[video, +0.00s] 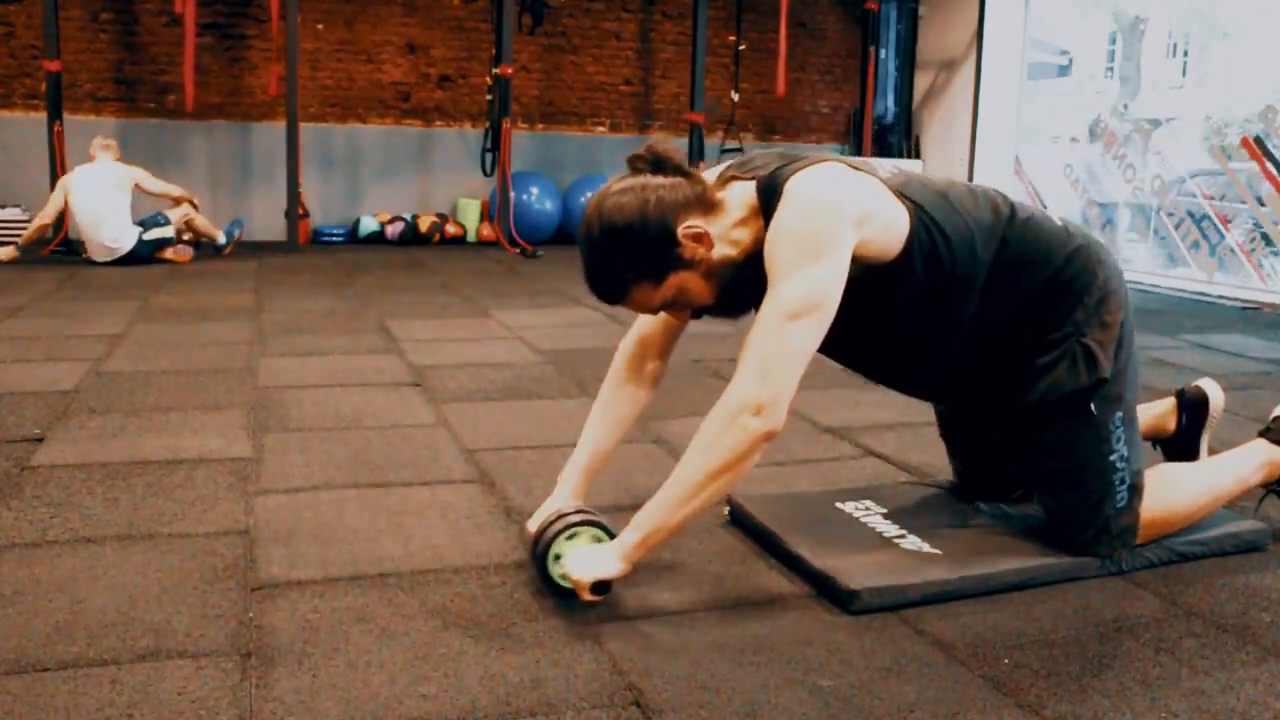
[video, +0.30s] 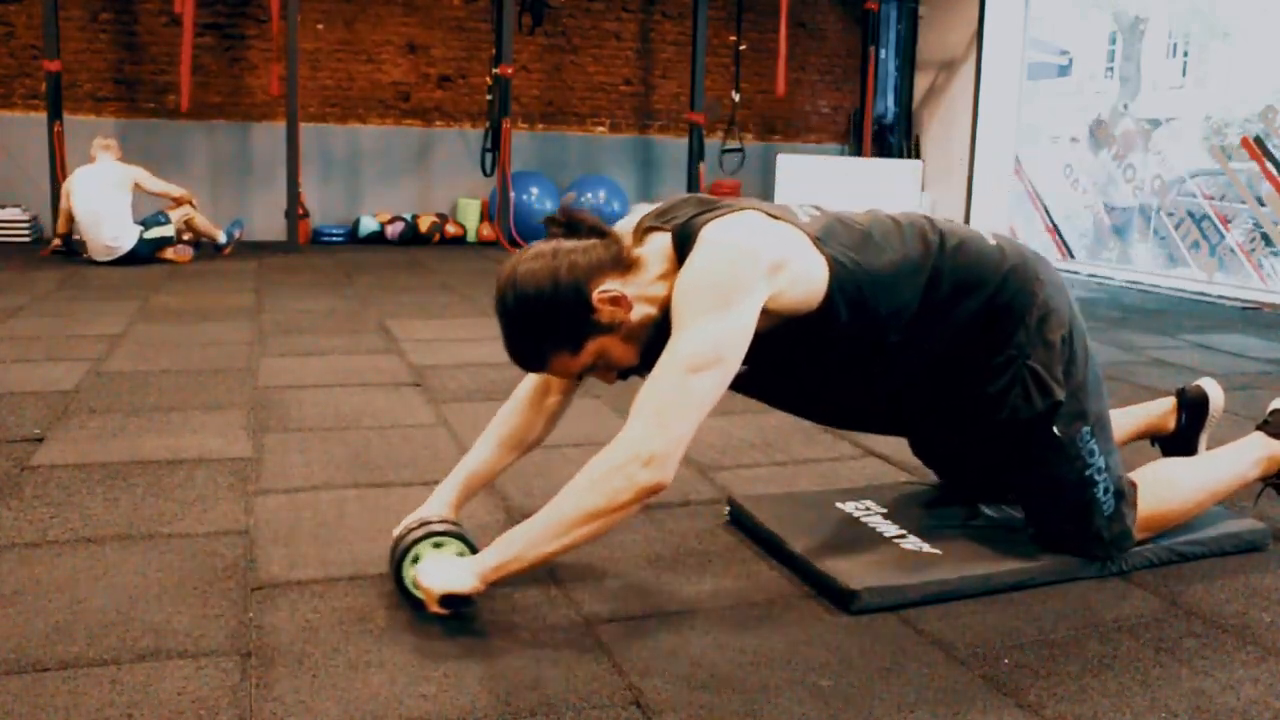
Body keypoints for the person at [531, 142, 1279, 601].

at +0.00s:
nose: (676, 317)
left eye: (673, 303)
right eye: (661, 310)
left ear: (697, 242)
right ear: (692, 235)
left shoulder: (815, 207)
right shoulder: (701, 217)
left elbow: (753, 415)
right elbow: (639, 363)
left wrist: (625, 549)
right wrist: (568, 495)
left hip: (1058, 300)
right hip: (967, 335)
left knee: (1097, 527)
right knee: (999, 483)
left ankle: (1269, 455)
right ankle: (1176, 415)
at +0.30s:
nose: (601, 383)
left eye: (588, 367)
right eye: (576, 380)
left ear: (608, 307)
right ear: (594, 309)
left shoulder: (722, 266)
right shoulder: (620, 269)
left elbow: (644, 465)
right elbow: (541, 392)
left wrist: (491, 562)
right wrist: (452, 493)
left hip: (1007, 324)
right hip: (922, 359)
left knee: (1106, 525)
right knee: (1002, 482)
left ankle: (1264, 450)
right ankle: (1171, 413)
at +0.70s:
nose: (527, 480)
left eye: (515, 464)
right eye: (510, 473)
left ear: (527, 406)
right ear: (515, 411)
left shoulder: (628, 357)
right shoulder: (537, 330)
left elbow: (512, 555)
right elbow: (423, 450)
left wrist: (323, 596)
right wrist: (299, 519)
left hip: (931, 373)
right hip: (862, 375)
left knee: (1094, 522)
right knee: (1018, 481)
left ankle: (1264, 457)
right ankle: (1174, 405)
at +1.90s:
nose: (581, 458)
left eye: (566, 451)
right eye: (560, 460)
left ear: (564, 400)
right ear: (542, 402)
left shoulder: (657, 350)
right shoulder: (561, 323)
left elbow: (558, 546)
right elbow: (467, 448)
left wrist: (369, 594)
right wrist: (343, 513)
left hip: (956, 341)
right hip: (904, 323)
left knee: (1092, 525)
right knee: (1000, 493)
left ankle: (1271, 466)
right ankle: (1174, 410)